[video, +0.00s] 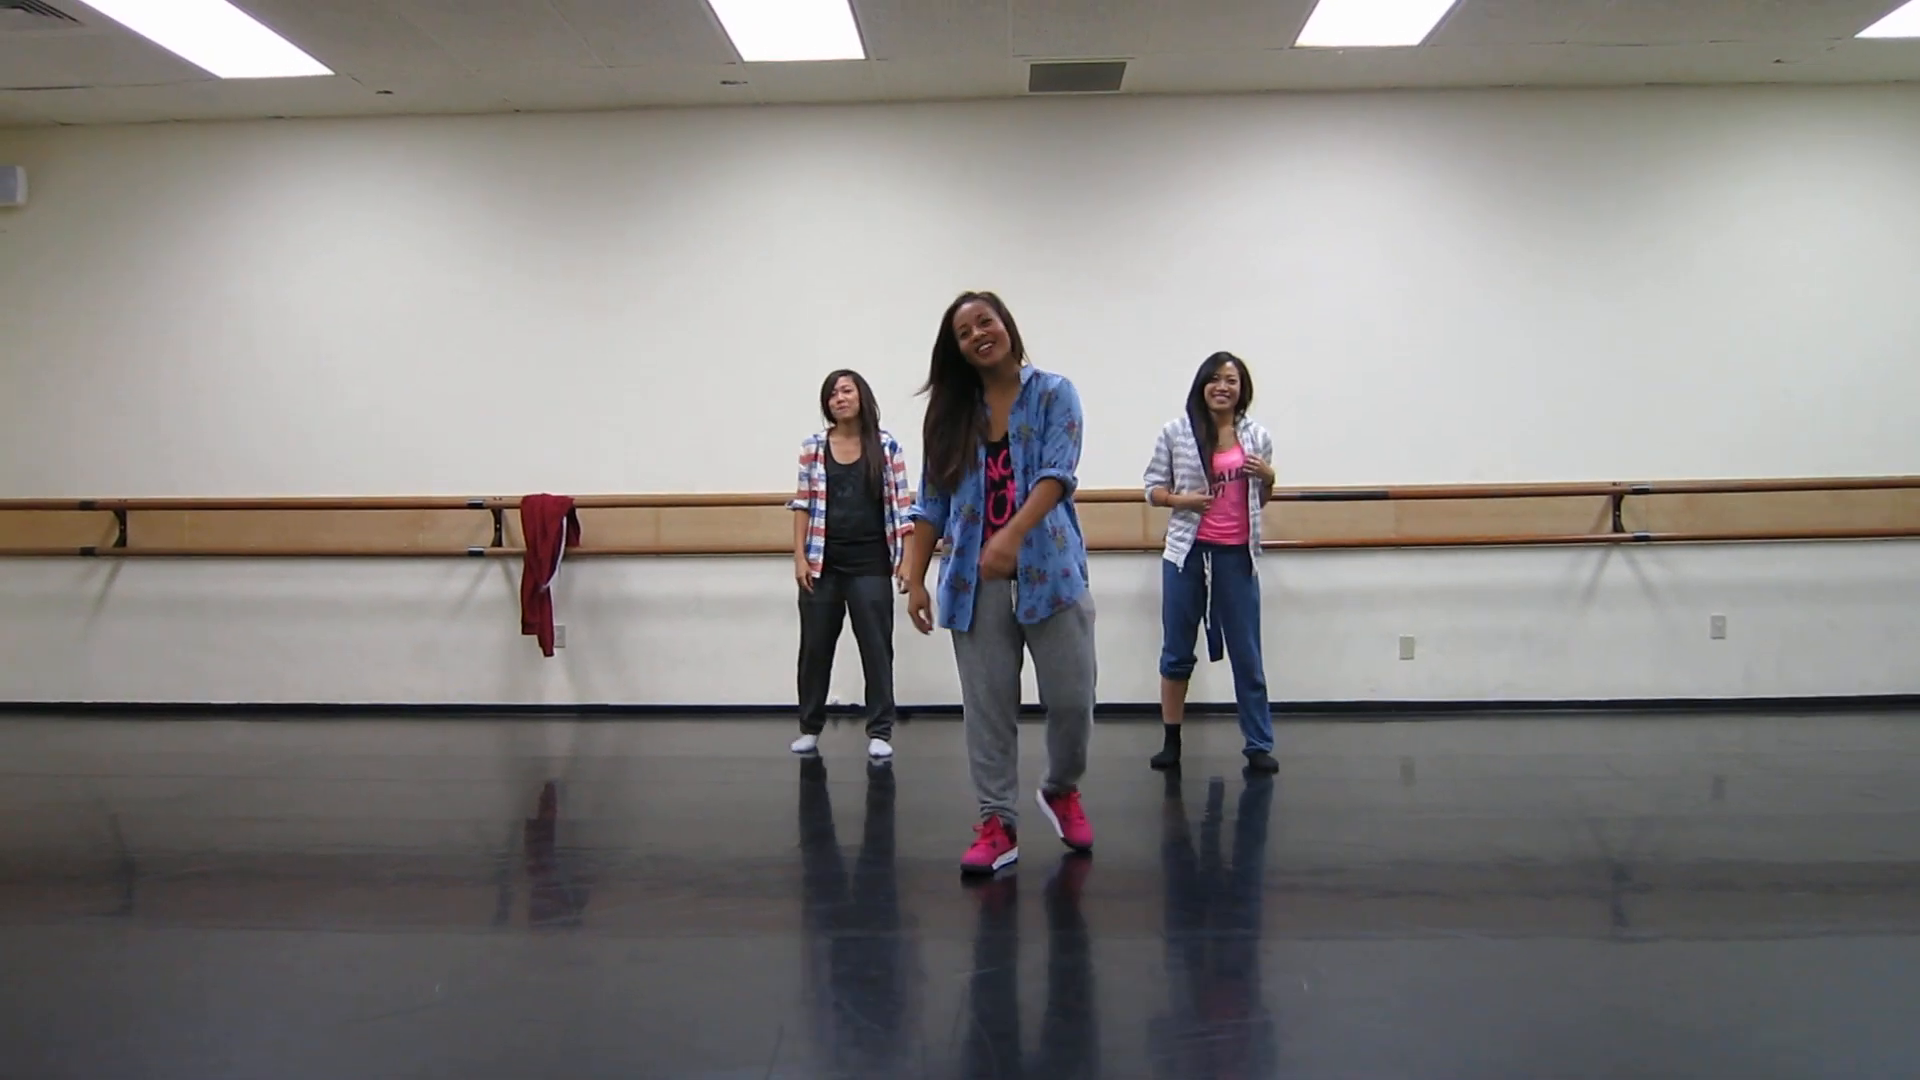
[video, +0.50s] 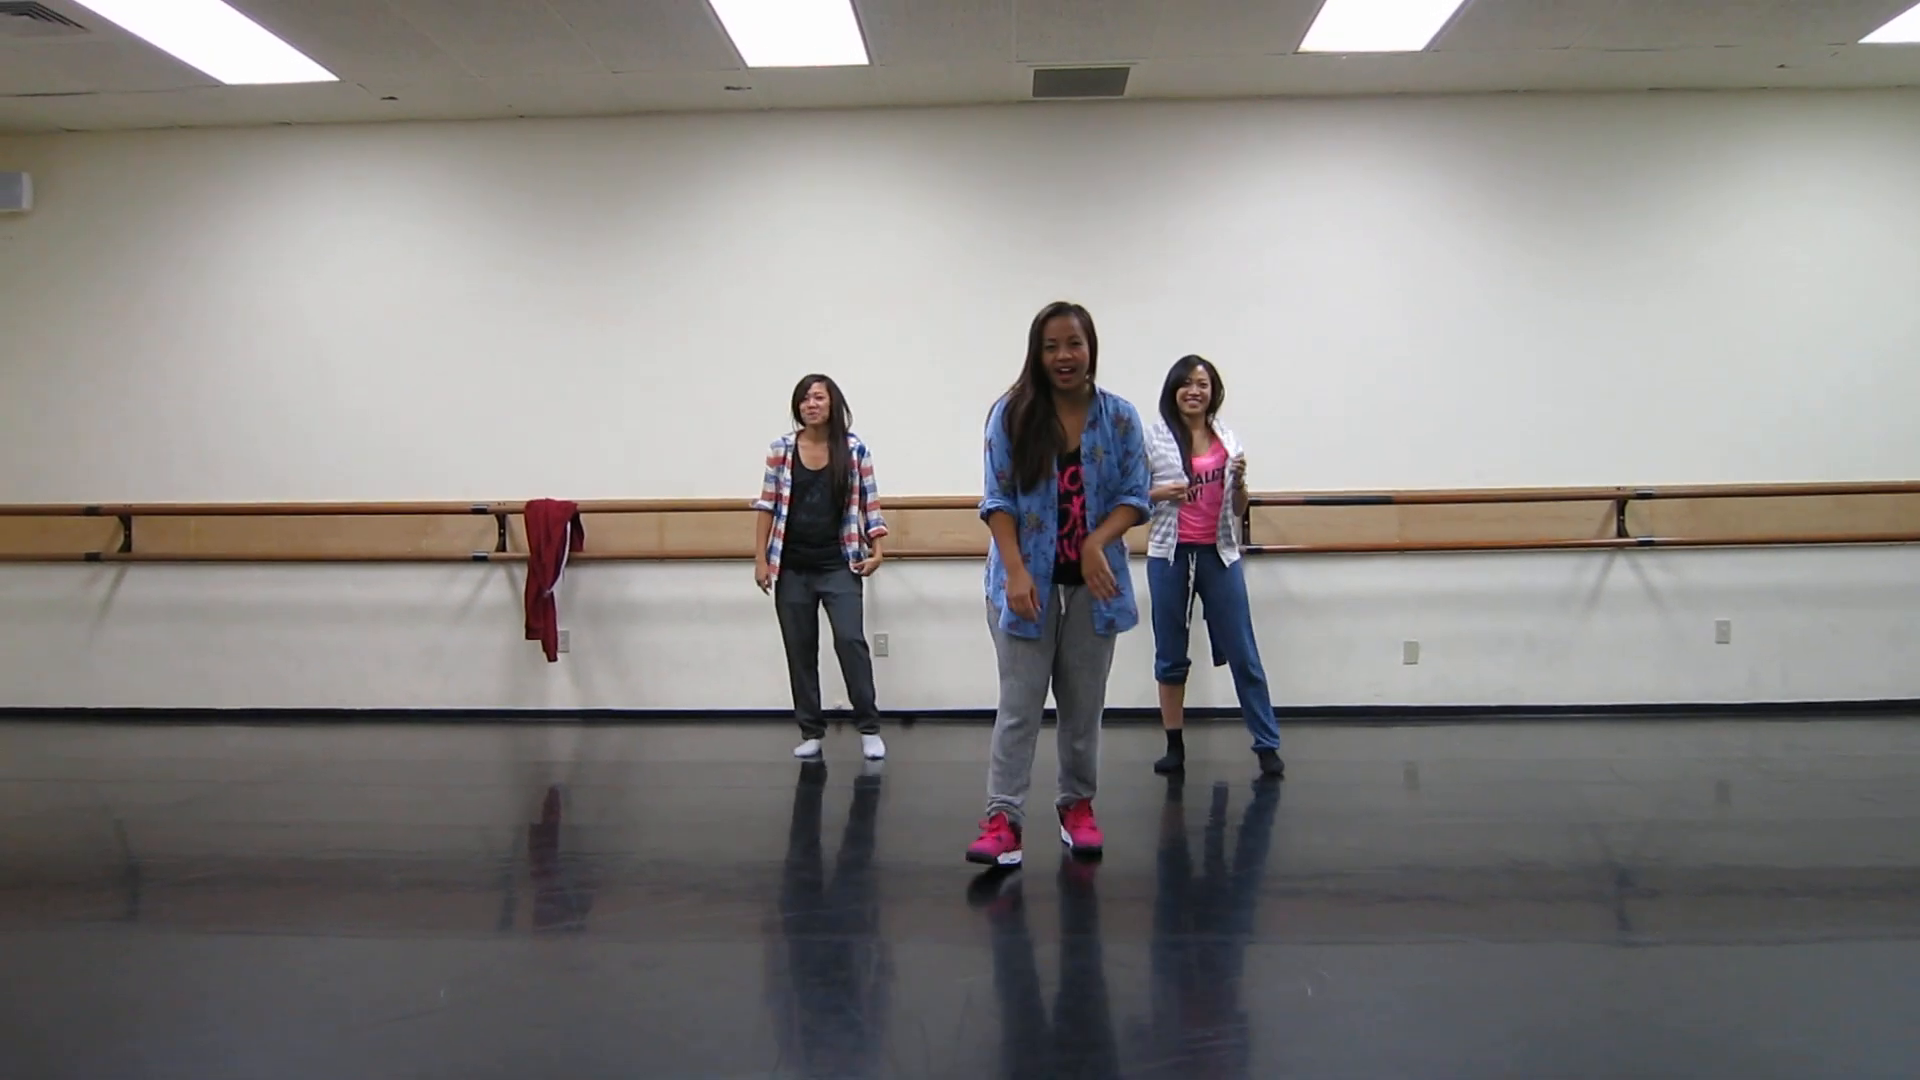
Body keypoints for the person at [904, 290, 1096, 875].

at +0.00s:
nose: (980, 333)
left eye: (986, 320)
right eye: (966, 330)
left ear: (1009, 326)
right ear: (958, 349)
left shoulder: (1053, 391)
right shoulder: (951, 413)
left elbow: (1056, 477)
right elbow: (931, 500)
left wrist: (1011, 535)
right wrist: (915, 579)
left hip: (1051, 574)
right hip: (976, 580)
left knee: (1073, 700)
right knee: (987, 707)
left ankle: (1061, 789)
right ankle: (997, 823)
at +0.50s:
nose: (1066, 356)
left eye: (1076, 344)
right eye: (1053, 346)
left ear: (1092, 348)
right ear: (1037, 354)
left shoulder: (1120, 416)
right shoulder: (1011, 414)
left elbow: (1136, 499)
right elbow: (997, 501)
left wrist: (1095, 540)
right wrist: (1014, 569)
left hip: (1092, 588)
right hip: (1025, 585)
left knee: (1083, 707)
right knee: (1019, 707)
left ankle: (1078, 807)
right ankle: (1003, 817)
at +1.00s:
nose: (1090, 349)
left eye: (1100, 339)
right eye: (1079, 341)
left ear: (1119, 348)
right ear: (1063, 351)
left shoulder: (1142, 424)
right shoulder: (1031, 413)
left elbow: (1154, 510)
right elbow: (1000, 493)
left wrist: (1120, 569)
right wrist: (1009, 561)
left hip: (1101, 593)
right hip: (1034, 590)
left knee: (1089, 710)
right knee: (1034, 707)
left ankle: (1078, 810)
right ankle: (1024, 823)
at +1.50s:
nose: (1039, 325)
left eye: (1049, 317)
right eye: (1027, 320)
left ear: (1069, 331)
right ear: (1013, 338)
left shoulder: (1103, 403)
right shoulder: (987, 411)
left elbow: (1127, 493)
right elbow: (969, 503)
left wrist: (1097, 559)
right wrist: (963, 582)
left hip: (1086, 586)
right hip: (1012, 590)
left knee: (1086, 712)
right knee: (1024, 717)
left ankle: (1081, 801)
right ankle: (1030, 832)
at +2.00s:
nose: (1024, 324)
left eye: (1036, 316)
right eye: (1013, 317)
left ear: (1056, 331)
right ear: (997, 334)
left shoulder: (1087, 402)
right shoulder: (972, 410)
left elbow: (1116, 490)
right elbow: (954, 502)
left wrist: (1062, 528)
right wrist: (966, 576)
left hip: (1074, 576)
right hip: (1002, 583)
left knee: (1078, 694)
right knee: (1019, 714)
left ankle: (1086, 815)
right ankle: (1034, 831)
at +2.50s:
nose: (1058, 326)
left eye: (1070, 318)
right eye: (1046, 318)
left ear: (1088, 333)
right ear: (1028, 335)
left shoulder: (1114, 417)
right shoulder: (992, 409)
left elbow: (1142, 506)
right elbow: (955, 499)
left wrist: (1108, 549)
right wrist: (959, 573)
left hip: (1078, 600)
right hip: (1004, 601)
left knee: (1074, 727)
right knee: (1019, 729)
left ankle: (1085, 854)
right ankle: (1029, 839)